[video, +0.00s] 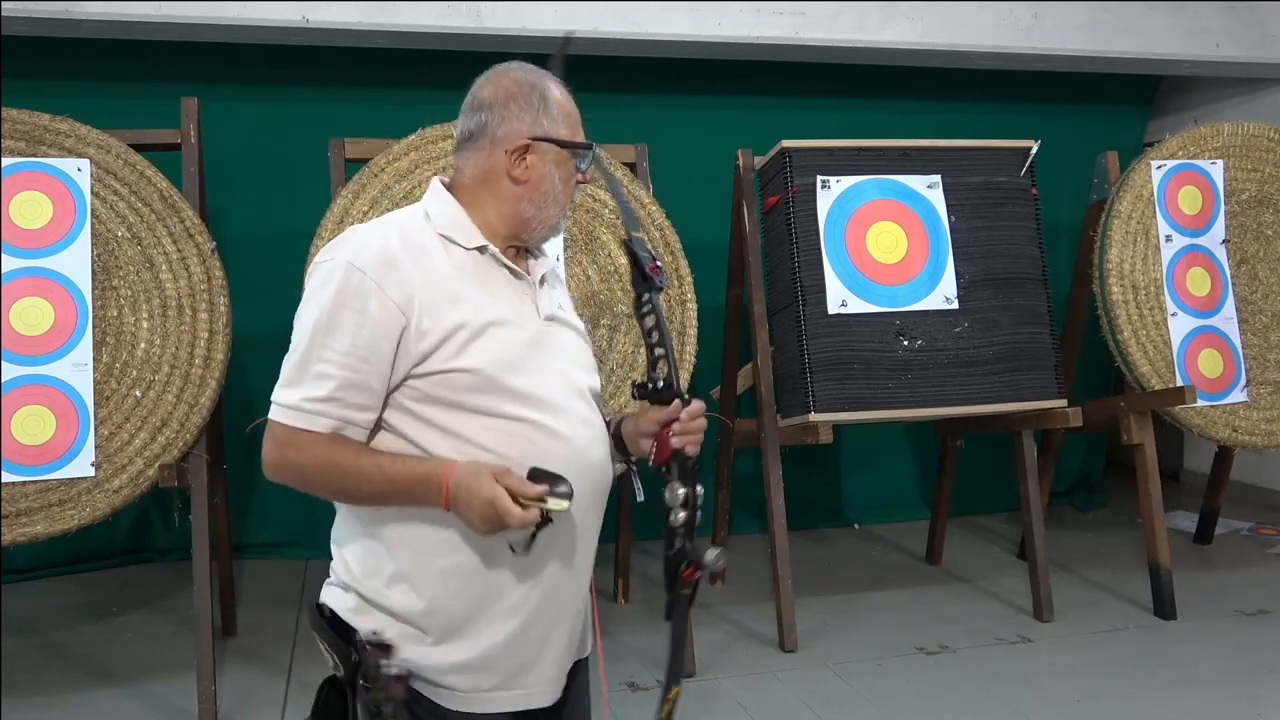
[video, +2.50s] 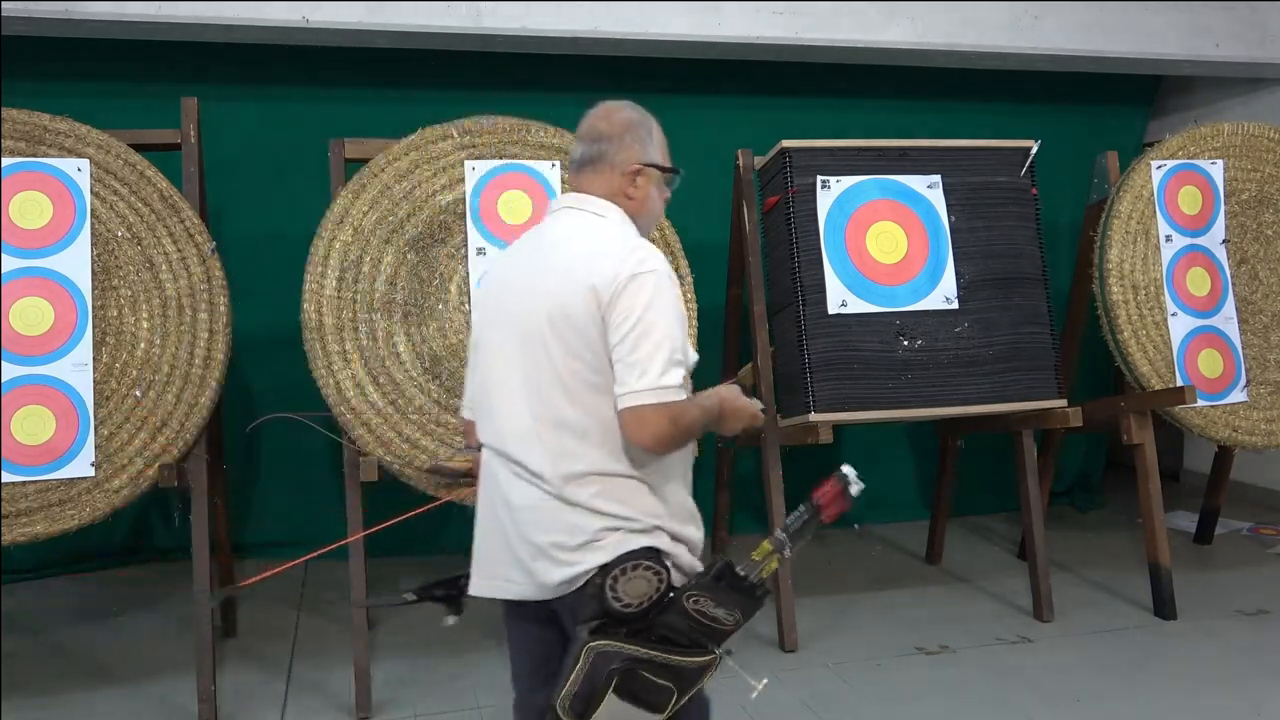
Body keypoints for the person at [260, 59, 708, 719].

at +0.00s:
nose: (580, 182)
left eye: (581, 162)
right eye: (573, 159)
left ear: (517, 162)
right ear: (521, 161)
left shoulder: (538, 265)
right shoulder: (372, 265)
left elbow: (534, 425)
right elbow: (289, 450)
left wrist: (629, 432)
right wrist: (449, 484)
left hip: (552, 649)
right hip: (430, 667)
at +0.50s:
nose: (400, 143)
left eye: (415, 118)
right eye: (362, 124)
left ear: (437, 132)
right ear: (311, 154)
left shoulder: (437, 249)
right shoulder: (286, 285)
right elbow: (309, 491)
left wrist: (540, 479)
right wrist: (397, 307)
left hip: (507, 658)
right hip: (368, 677)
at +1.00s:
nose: (340, 158)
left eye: (362, 127)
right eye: (305, 136)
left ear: (393, 136)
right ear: (263, 159)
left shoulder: (432, 246)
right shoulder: (217, 305)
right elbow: (145, 523)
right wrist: (270, 514)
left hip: (476, 680)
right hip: (308, 700)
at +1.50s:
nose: (463, 171)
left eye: (459, 150)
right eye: (446, 152)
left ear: (375, 174)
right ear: (372, 171)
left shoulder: (419, 268)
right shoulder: (268, 297)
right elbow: (226, 537)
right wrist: (388, 449)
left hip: (458, 660)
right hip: (324, 685)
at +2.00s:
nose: (563, 196)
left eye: (564, 178)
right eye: (563, 179)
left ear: (463, 173)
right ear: (540, 181)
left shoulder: (405, 267)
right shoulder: (511, 277)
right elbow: (536, 479)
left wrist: (602, 439)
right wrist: (625, 438)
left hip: (417, 608)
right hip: (497, 628)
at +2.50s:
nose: (666, 198)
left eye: (668, 181)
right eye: (666, 180)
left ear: (577, 170)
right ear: (633, 180)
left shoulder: (508, 260)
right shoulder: (632, 265)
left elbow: (477, 425)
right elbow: (649, 428)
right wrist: (714, 407)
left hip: (516, 554)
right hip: (614, 559)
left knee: (538, 710)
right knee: (670, 708)